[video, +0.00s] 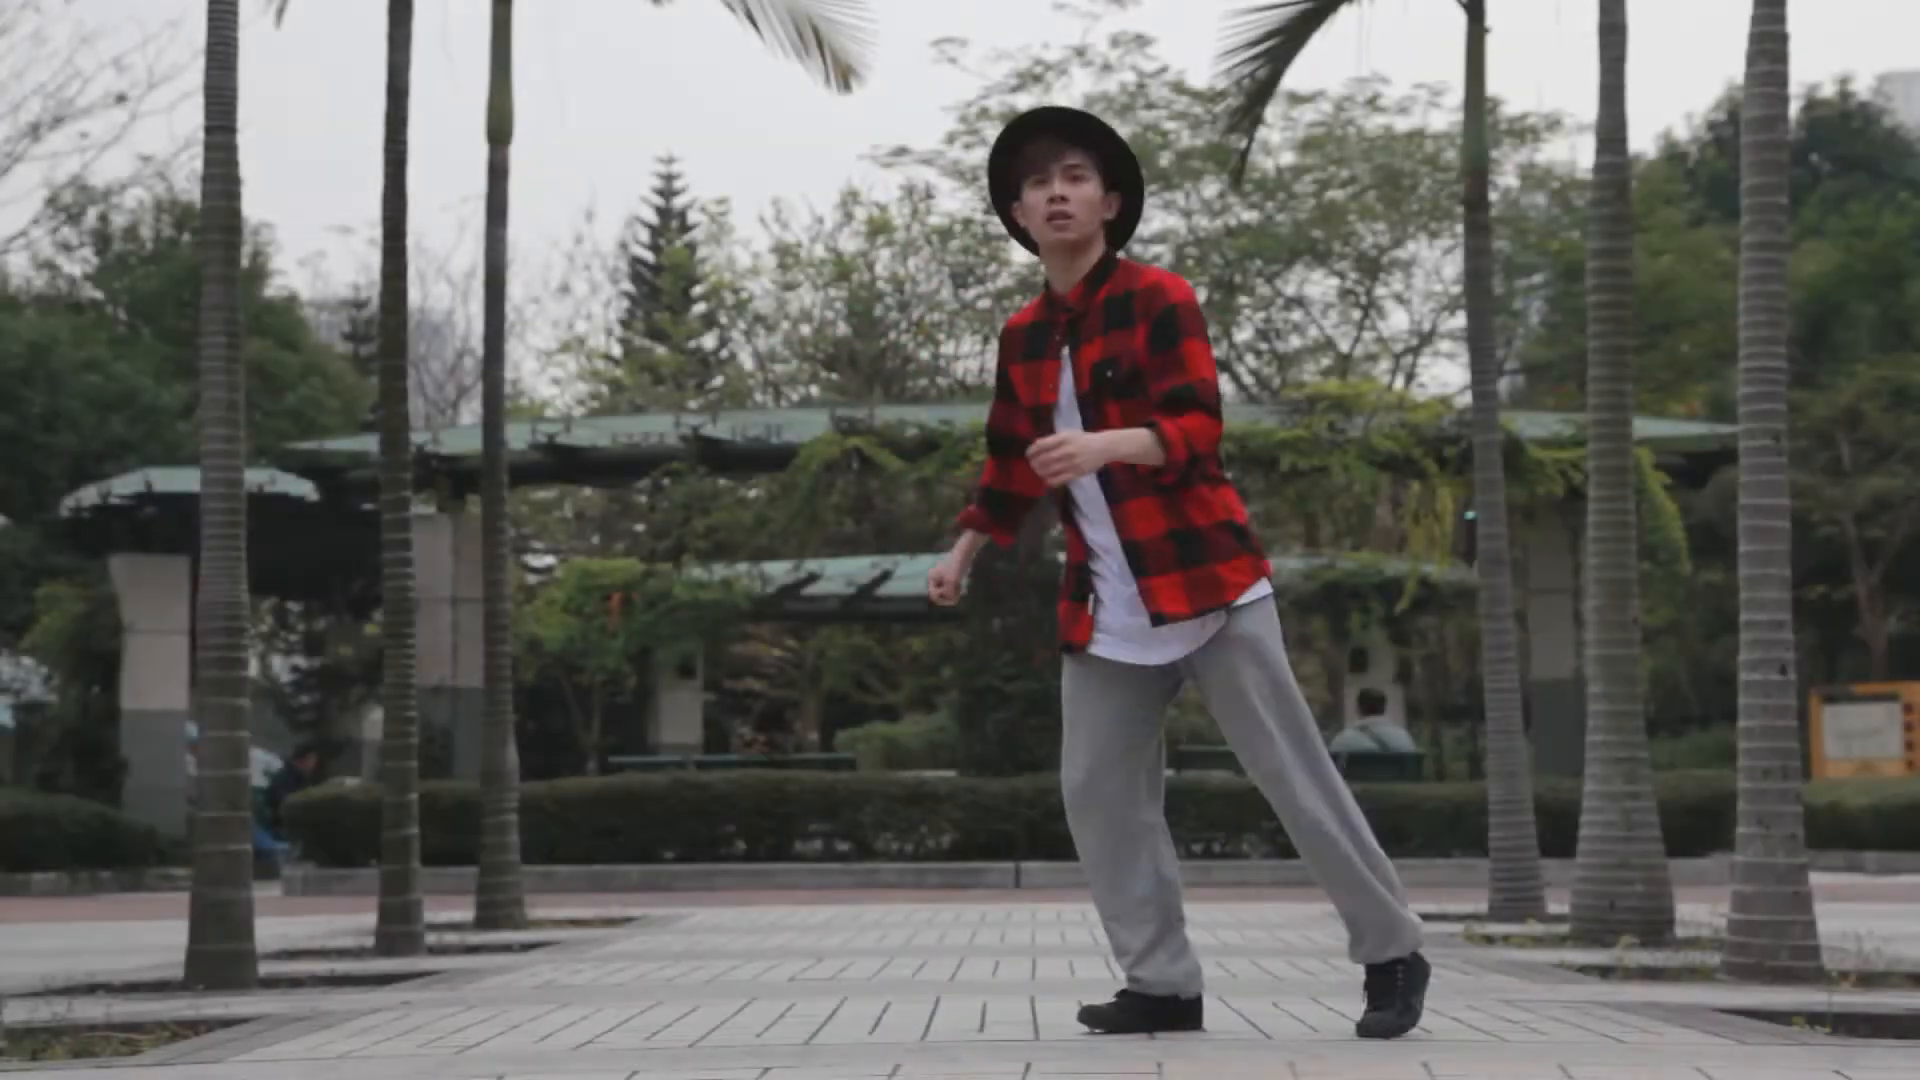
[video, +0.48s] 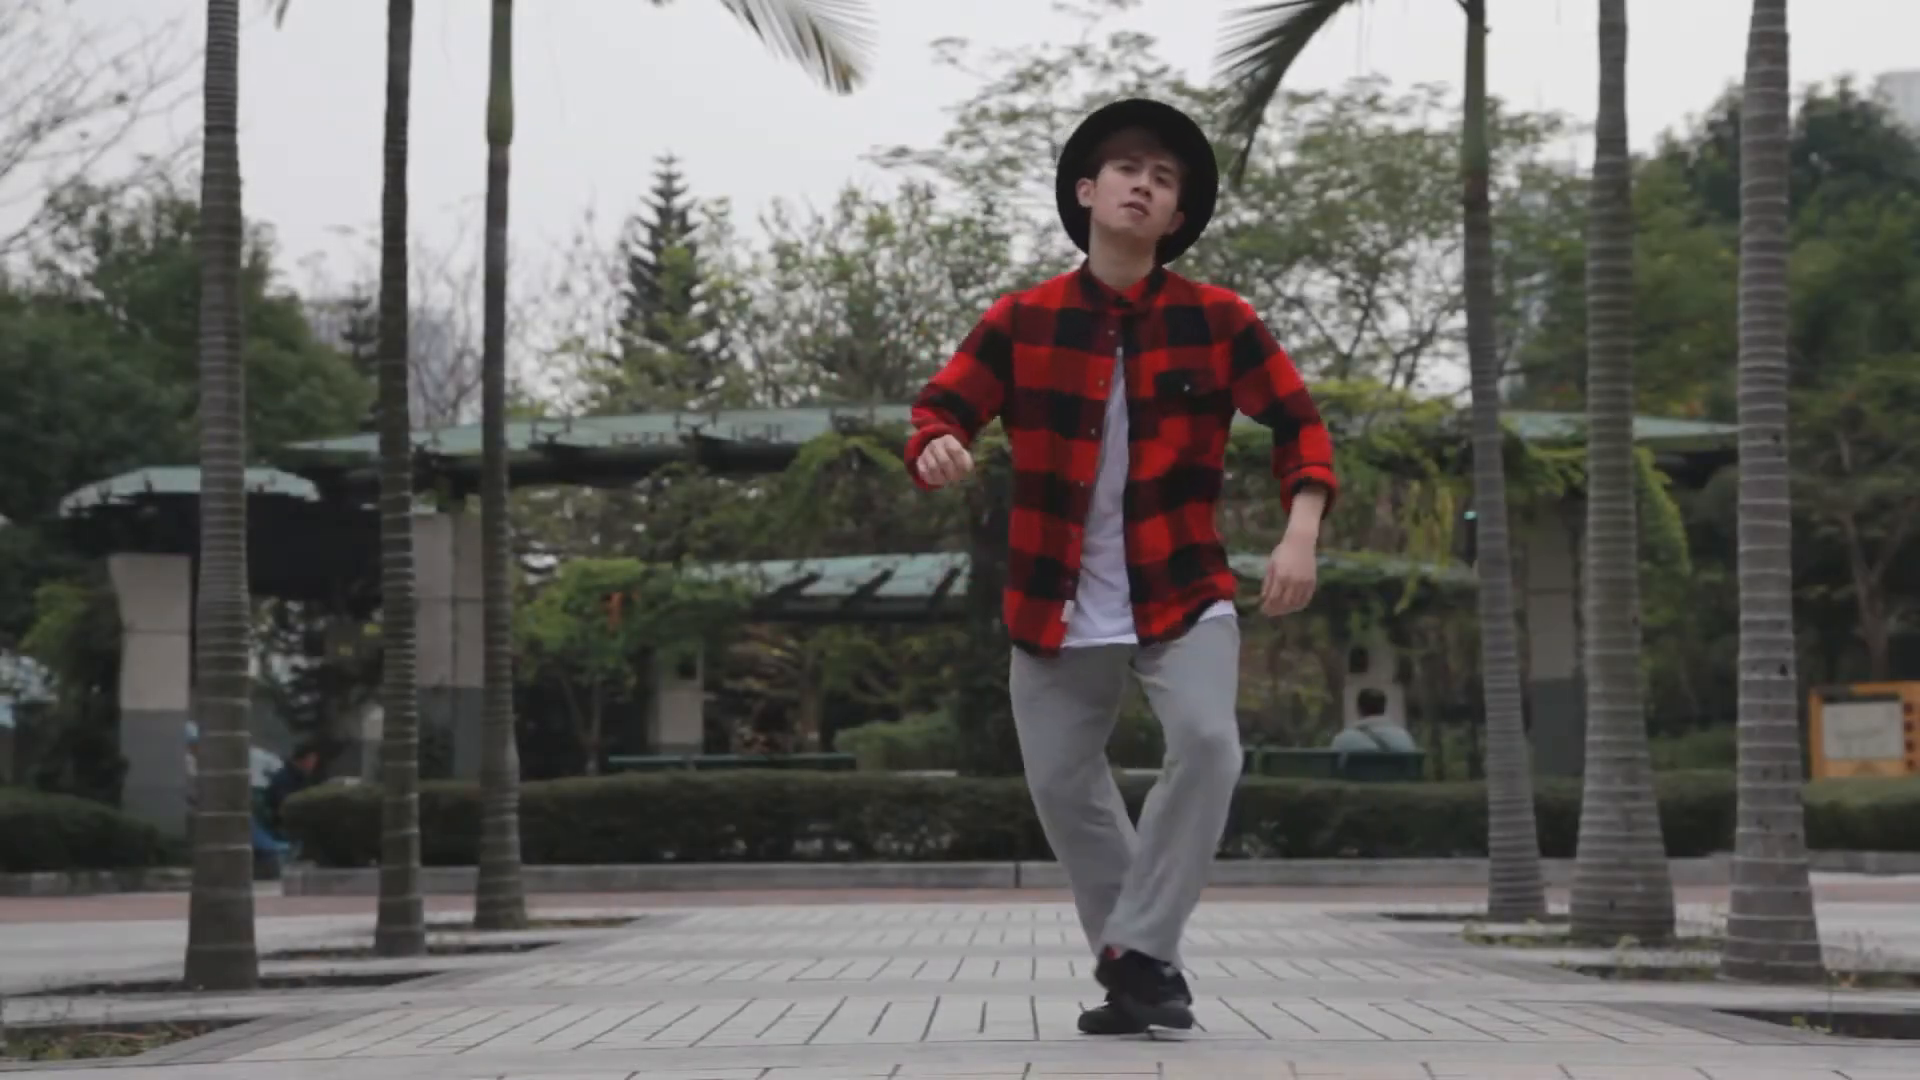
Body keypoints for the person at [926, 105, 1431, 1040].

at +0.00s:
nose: (1056, 194)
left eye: (1075, 176)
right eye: (1036, 182)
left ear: (1111, 200)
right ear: (1015, 215)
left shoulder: (1159, 298)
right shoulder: (1024, 335)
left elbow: (1199, 430)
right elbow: (1008, 461)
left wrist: (1105, 445)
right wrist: (964, 547)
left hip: (1208, 579)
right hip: (1105, 596)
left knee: (1285, 768)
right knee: (1098, 789)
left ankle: (1392, 952)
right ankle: (1163, 984)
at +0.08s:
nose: (1072, 206)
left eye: (1092, 190)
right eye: (1053, 193)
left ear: (1129, 214)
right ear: (1033, 223)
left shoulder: (1169, 310)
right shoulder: (1047, 349)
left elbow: (1201, 442)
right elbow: (1043, 466)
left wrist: (1128, 526)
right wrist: (977, 540)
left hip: (1229, 578)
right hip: (1127, 602)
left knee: (1324, 765)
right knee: (1104, 794)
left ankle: (1393, 964)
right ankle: (1163, 985)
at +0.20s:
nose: (1091, 222)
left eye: (1115, 208)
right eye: (1074, 207)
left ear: (1150, 234)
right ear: (1054, 230)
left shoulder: (1179, 332)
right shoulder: (1065, 364)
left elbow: (1200, 468)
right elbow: (1061, 500)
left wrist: (1201, 600)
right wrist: (969, 535)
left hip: (1243, 601)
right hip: (1141, 619)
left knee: (1324, 787)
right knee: (1104, 796)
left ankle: (1395, 979)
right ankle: (1165, 986)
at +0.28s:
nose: (1103, 207)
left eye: (1129, 198)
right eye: (1088, 190)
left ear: (1157, 234)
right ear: (1060, 216)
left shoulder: (1187, 330)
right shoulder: (1047, 352)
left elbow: (1234, 459)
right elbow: (1037, 483)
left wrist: (1232, 579)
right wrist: (950, 504)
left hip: (1231, 603)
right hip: (1123, 621)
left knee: (1308, 788)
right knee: (1105, 798)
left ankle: (1382, 971)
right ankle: (1164, 985)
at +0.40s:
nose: (1126, 181)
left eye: (1151, 174)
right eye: (1110, 164)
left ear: (1173, 212)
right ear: (1074, 188)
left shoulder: (1208, 313)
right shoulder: (1019, 320)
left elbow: (1288, 431)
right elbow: (964, 431)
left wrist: (1279, 547)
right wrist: (927, 454)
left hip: (1203, 582)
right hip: (1085, 595)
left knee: (1249, 743)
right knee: (1091, 778)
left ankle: (1263, 950)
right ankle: (1156, 979)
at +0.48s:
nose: (1140, 183)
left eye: (1162, 175)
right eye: (1122, 167)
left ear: (1182, 213)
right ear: (1083, 191)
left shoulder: (1218, 320)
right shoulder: (1020, 319)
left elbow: (1302, 428)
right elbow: (940, 410)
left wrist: (1302, 534)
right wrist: (937, 446)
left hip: (1181, 595)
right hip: (1059, 602)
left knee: (1210, 744)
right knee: (1060, 783)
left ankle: (1142, 952)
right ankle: (1135, 972)